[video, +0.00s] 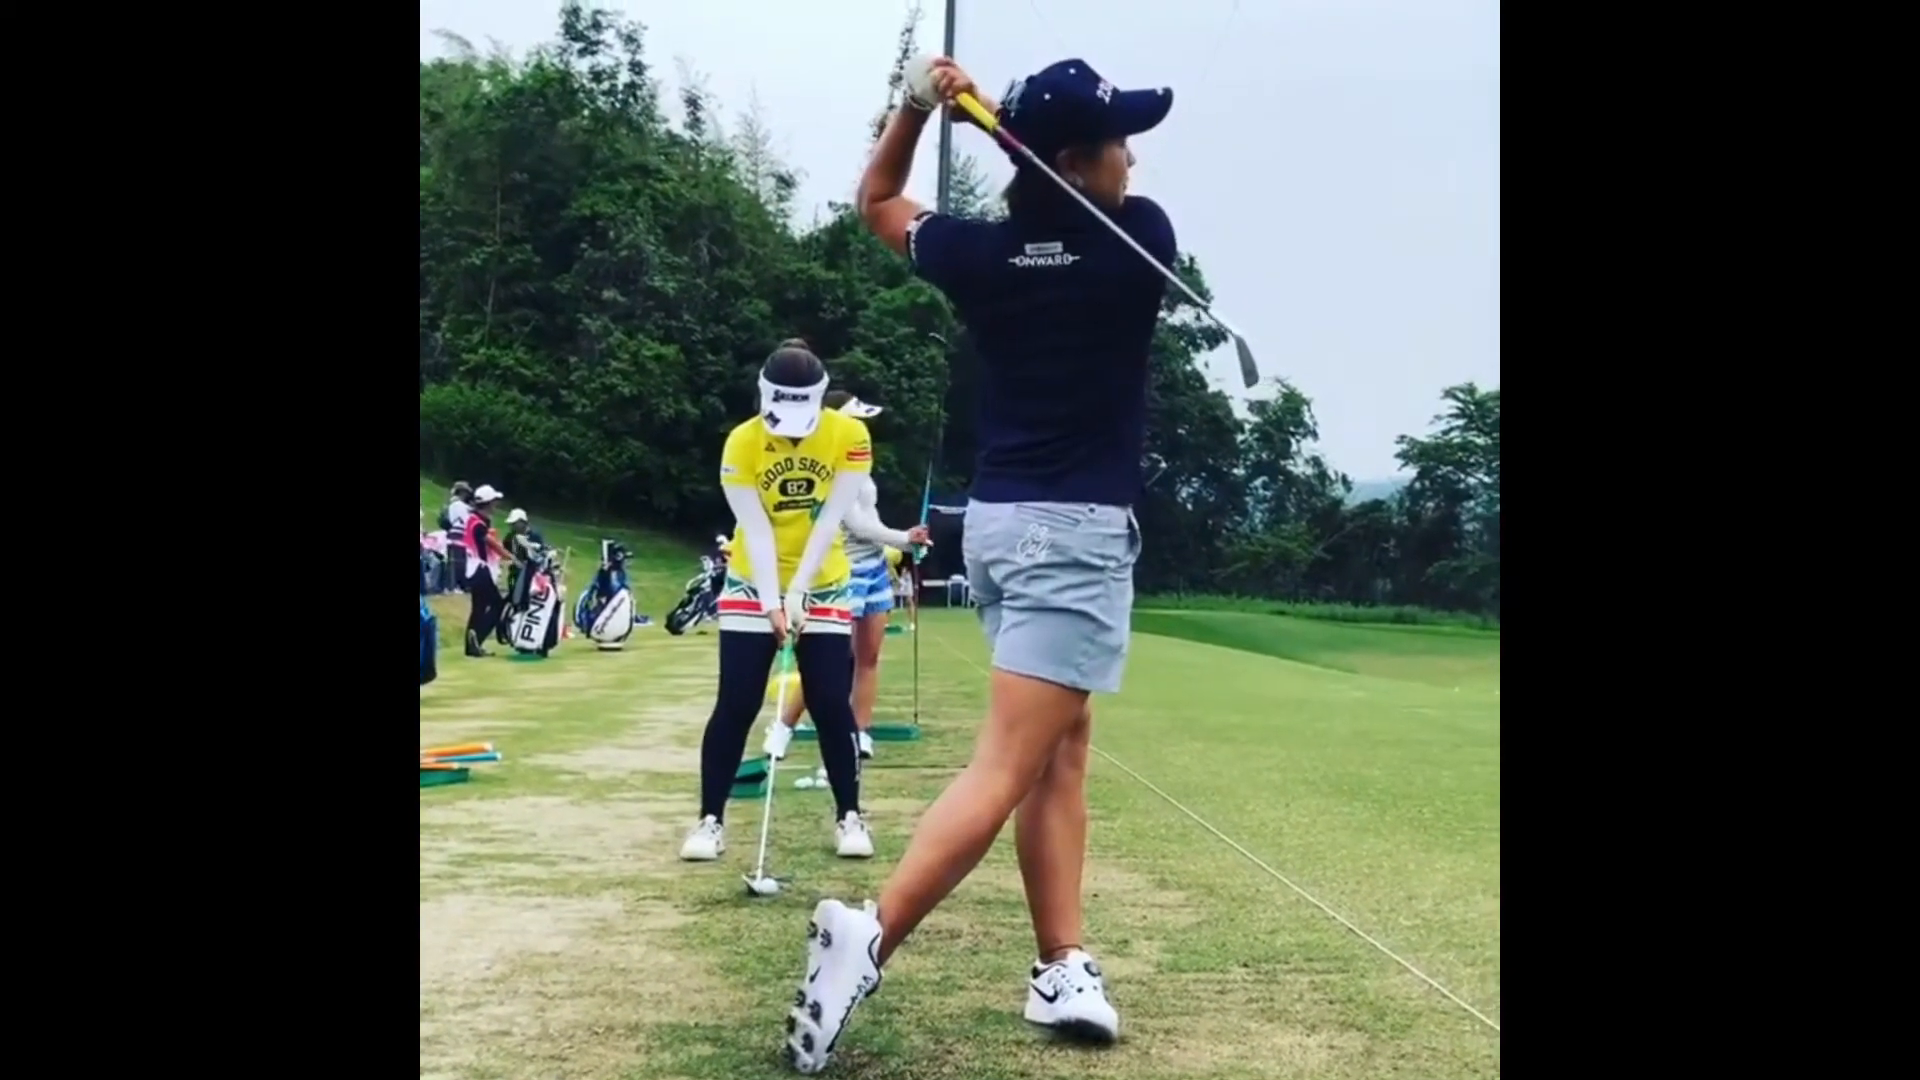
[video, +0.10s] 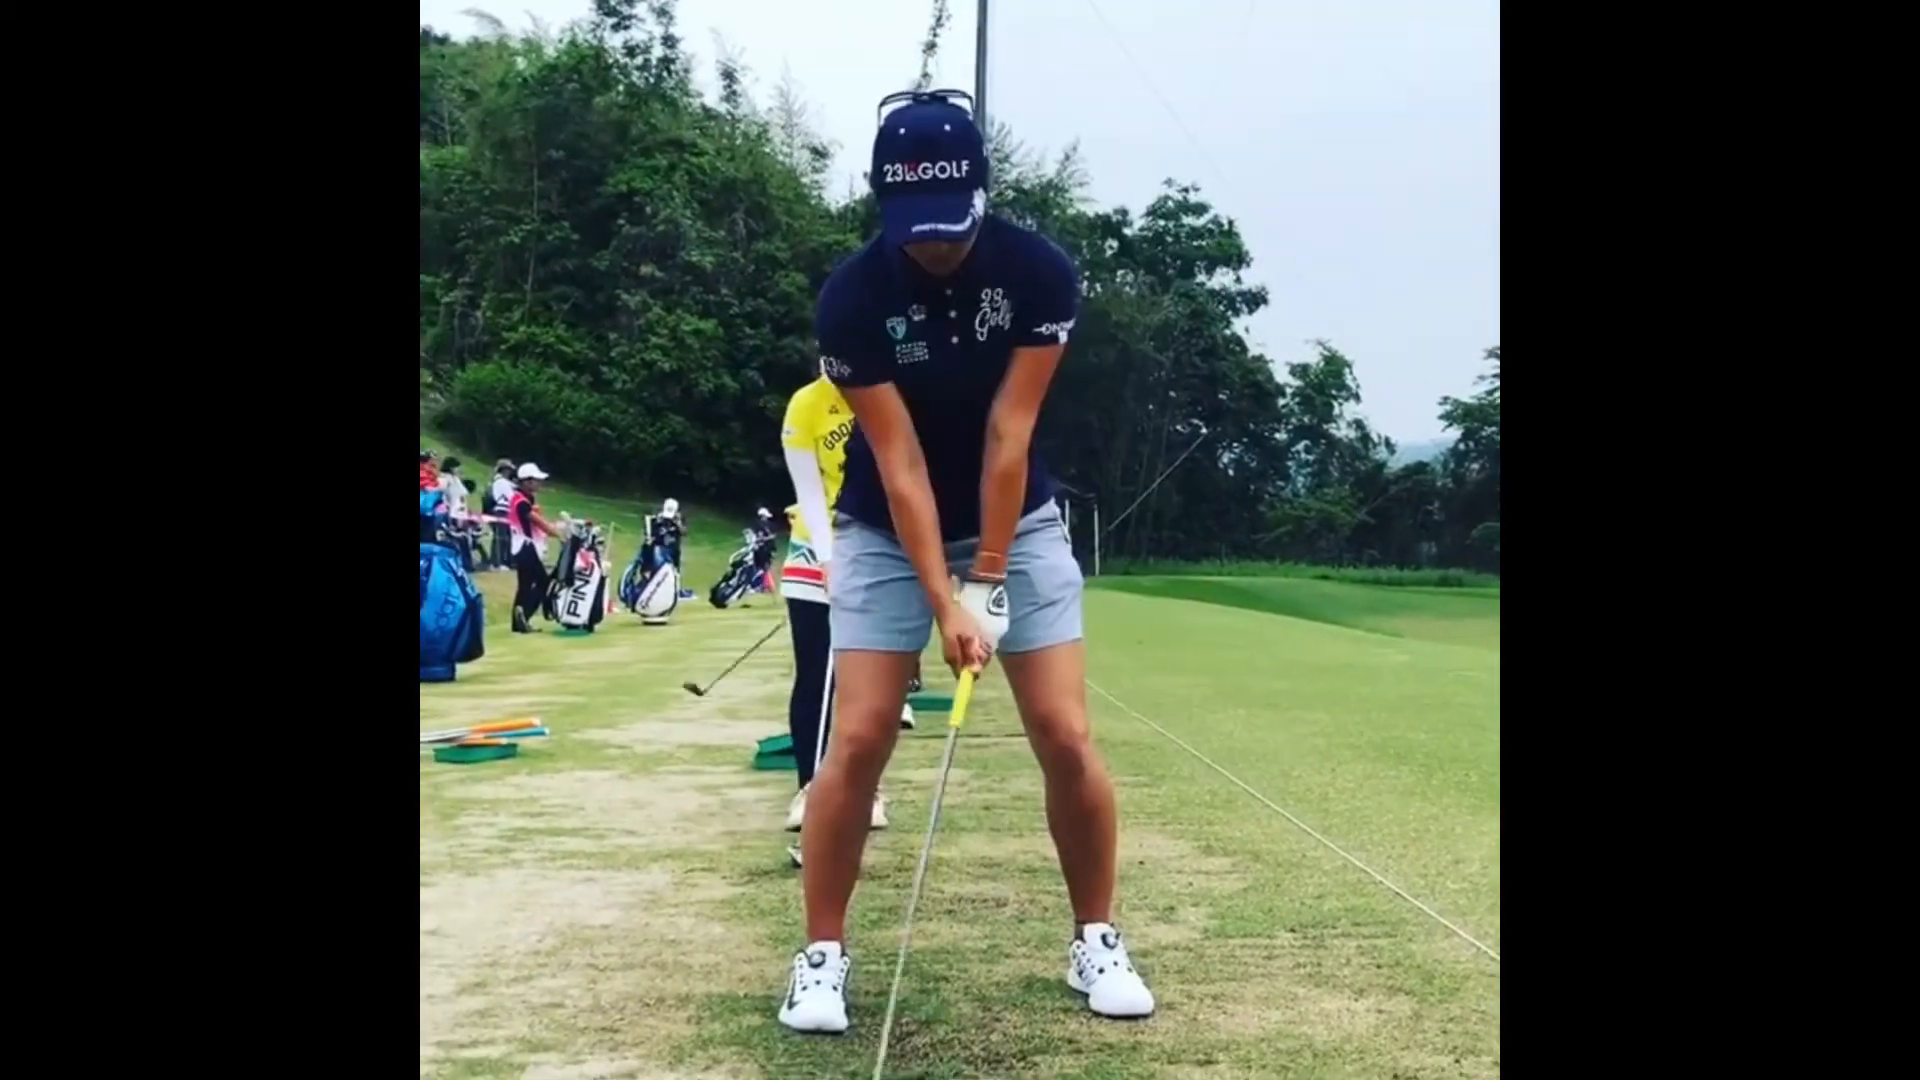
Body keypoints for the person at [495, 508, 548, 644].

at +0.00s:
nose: (513, 527)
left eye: (516, 524)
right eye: (512, 524)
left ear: (523, 523)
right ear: (511, 524)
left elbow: (542, 551)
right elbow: (506, 554)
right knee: (512, 598)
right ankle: (503, 626)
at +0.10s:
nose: (539, 484)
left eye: (539, 481)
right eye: (536, 481)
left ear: (527, 482)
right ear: (526, 482)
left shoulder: (522, 499)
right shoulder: (522, 502)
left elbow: (538, 521)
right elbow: (539, 522)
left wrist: (556, 529)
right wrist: (557, 533)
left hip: (524, 544)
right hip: (525, 545)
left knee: (524, 583)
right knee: (542, 580)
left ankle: (518, 621)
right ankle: (525, 612)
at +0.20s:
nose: (542, 486)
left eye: (542, 482)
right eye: (539, 482)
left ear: (531, 484)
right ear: (529, 483)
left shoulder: (527, 501)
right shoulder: (524, 504)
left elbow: (541, 522)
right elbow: (542, 524)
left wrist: (558, 529)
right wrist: (560, 533)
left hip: (528, 545)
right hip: (528, 546)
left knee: (527, 584)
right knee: (545, 581)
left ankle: (522, 621)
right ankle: (528, 614)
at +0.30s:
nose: (543, 487)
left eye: (544, 484)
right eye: (540, 483)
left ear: (533, 485)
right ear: (531, 485)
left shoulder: (529, 502)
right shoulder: (526, 505)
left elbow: (543, 523)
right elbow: (543, 525)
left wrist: (560, 532)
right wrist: (562, 535)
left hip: (530, 547)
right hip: (529, 548)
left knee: (529, 586)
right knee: (547, 582)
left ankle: (523, 623)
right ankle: (529, 615)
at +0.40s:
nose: (545, 489)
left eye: (545, 486)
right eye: (542, 485)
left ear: (534, 487)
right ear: (532, 487)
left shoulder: (531, 504)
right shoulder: (528, 507)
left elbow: (545, 525)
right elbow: (545, 527)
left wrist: (562, 533)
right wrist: (564, 537)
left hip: (533, 549)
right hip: (531, 550)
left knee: (531, 587)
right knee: (548, 584)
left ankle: (525, 625)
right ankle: (531, 617)